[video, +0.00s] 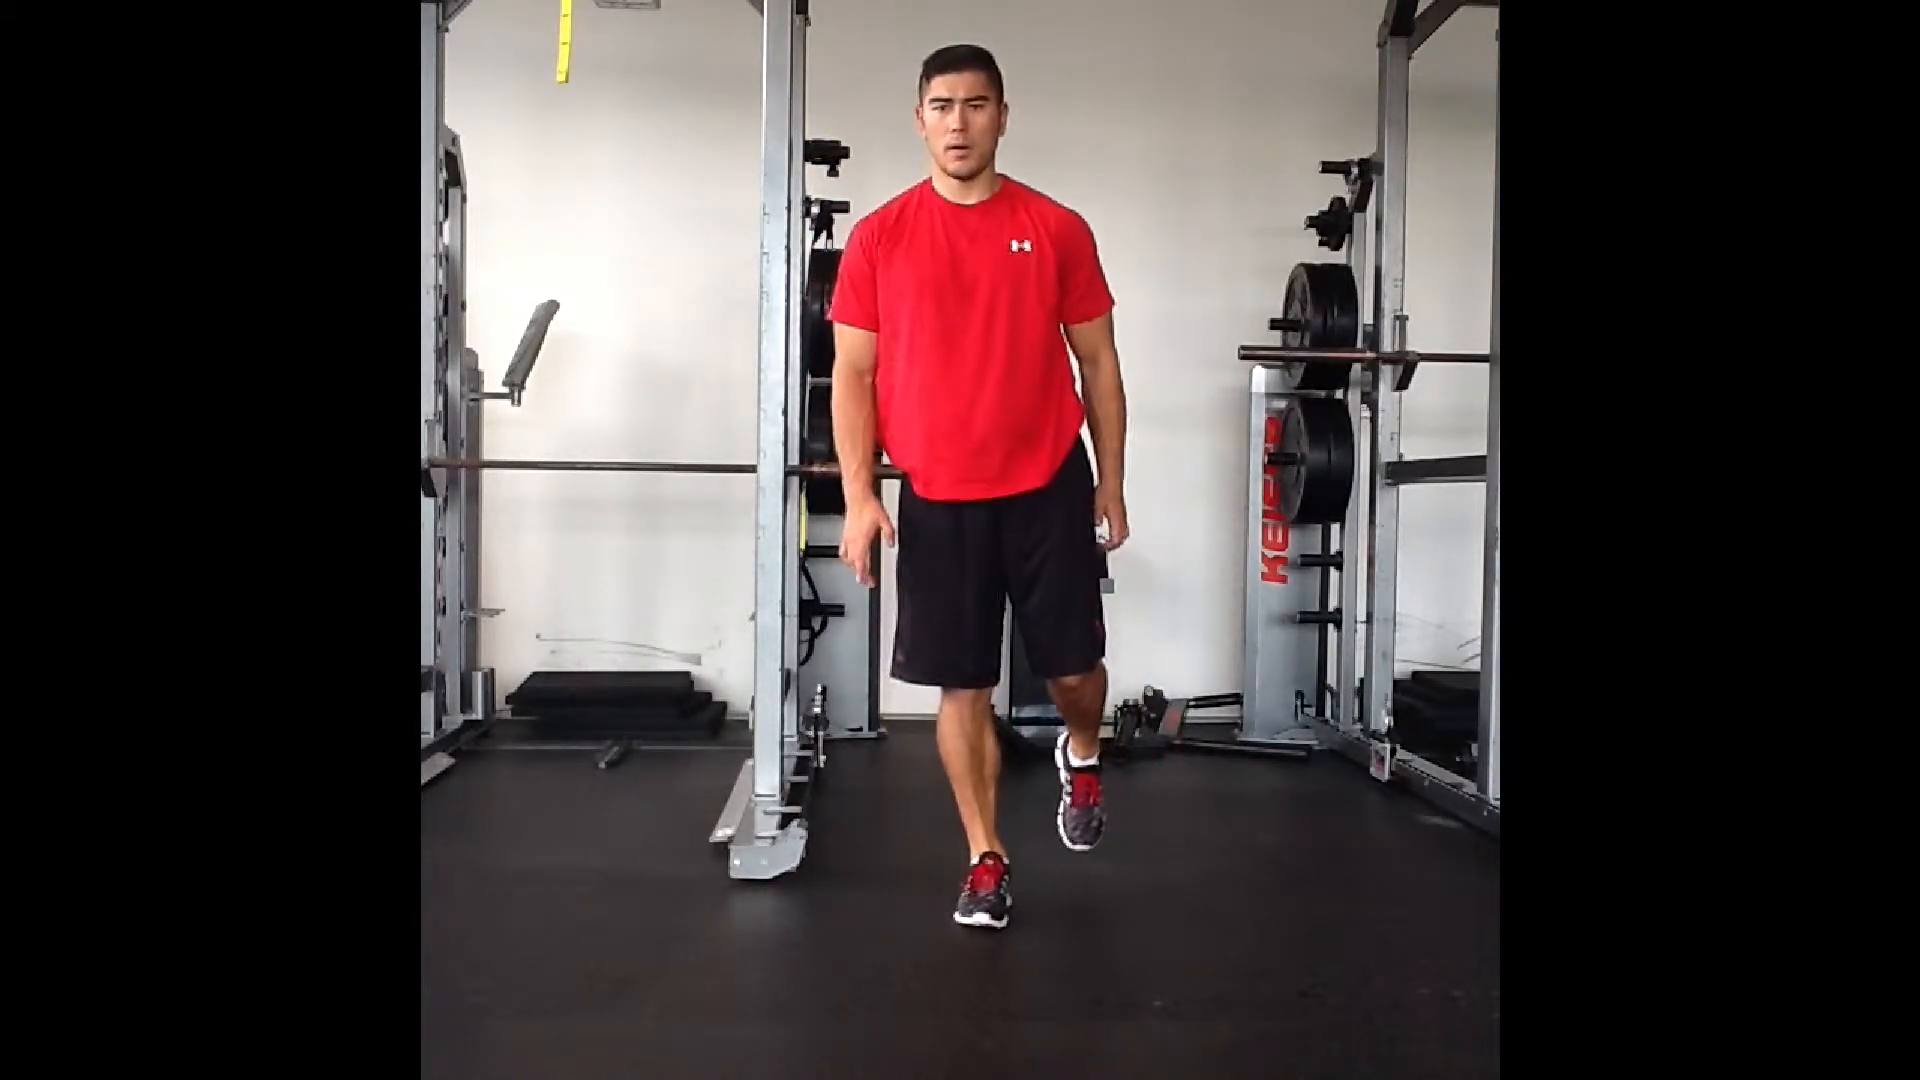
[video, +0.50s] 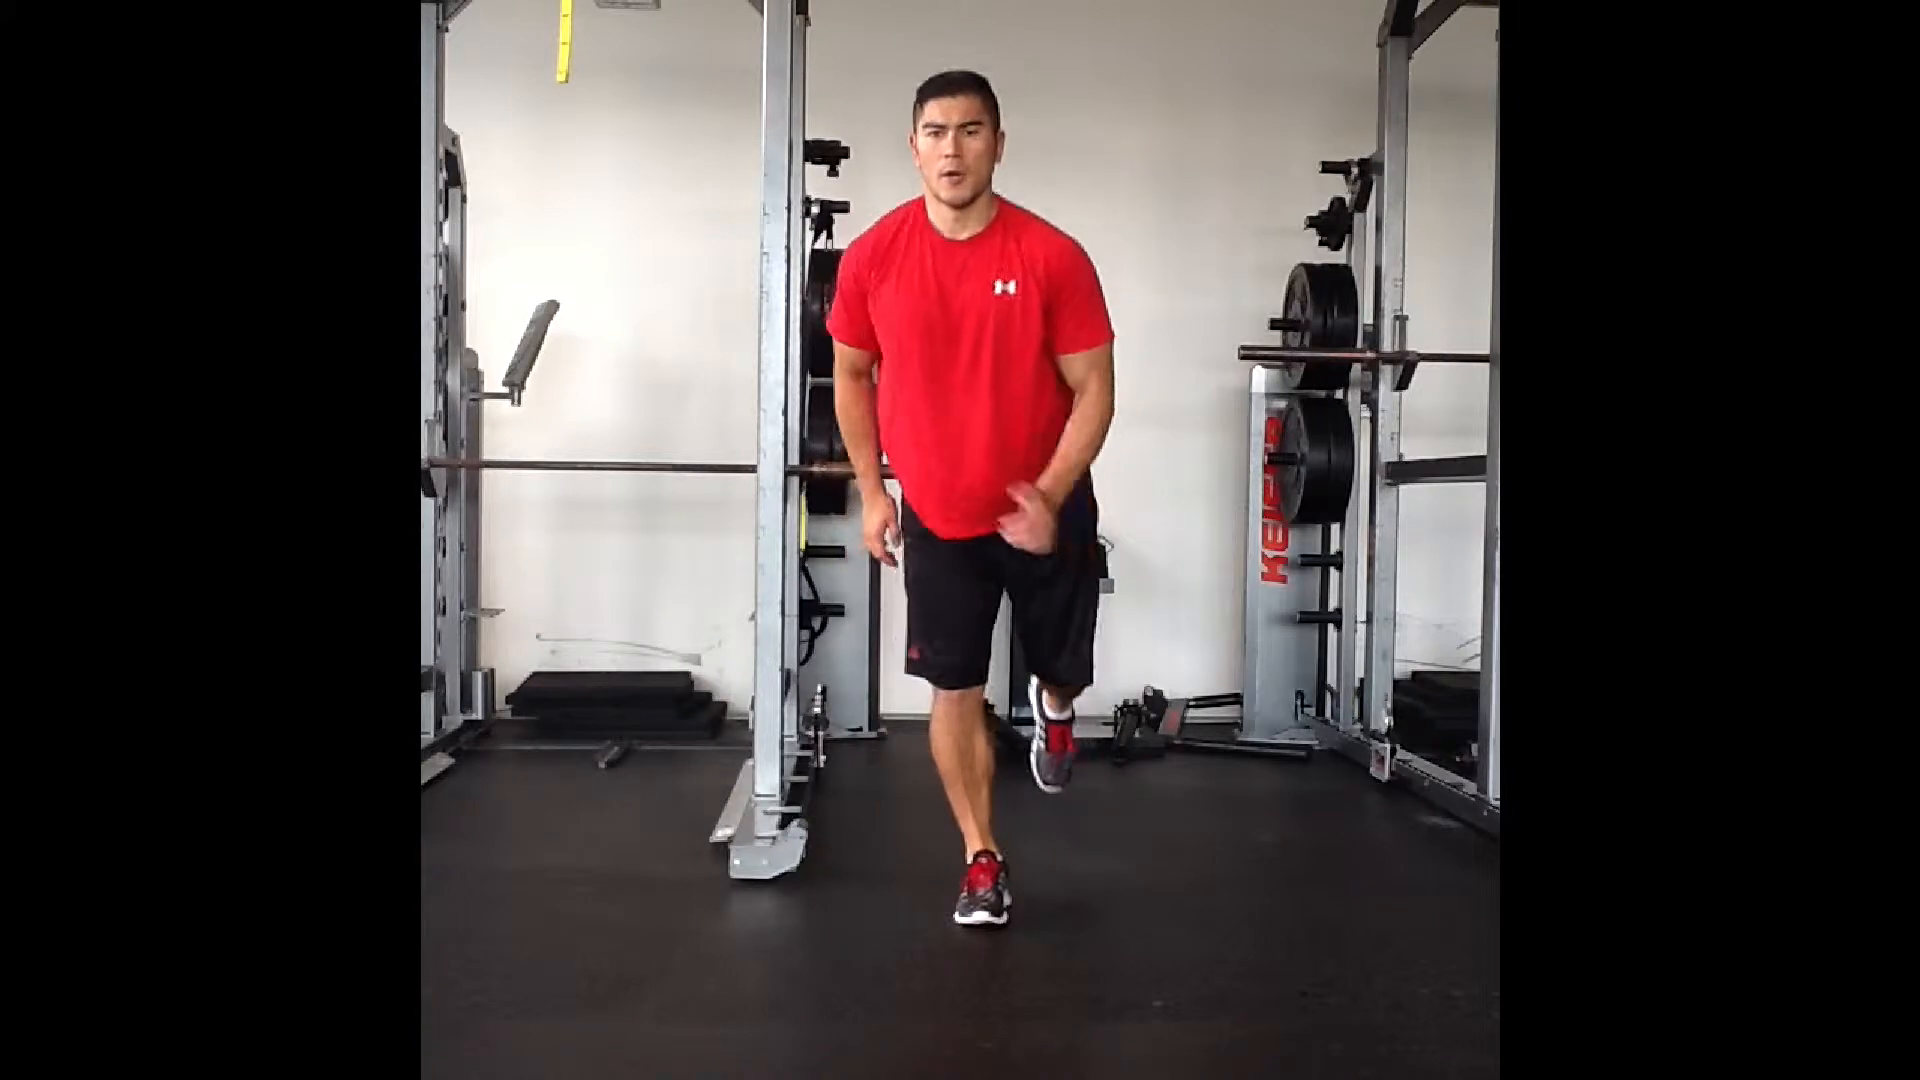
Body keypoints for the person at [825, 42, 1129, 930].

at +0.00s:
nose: (958, 121)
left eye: (975, 105)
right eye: (942, 105)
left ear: (1002, 118)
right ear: (920, 120)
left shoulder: (1056, 230)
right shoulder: (876, 238)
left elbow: (1097, 358)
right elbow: (853, 373)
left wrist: (1111, 482)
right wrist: (858, 494)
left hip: (1047, 488)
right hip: (936, 498)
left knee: (1072, 672)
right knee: (960, 683)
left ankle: (1081, 762)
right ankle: (983, 858)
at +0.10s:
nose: (956, 122)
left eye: (973, 105)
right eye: (940, 106)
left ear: (1000, 118)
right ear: (918, 121)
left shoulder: (1056, 230)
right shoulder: (875, 239)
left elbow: (1097, 357)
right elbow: (851, 373)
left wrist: (1106, 482)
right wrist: (857, 494)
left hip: (1048, 490)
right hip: (936, 500)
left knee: (1072, 673)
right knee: (957, 683)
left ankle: (1076, 762)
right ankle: (981, 859)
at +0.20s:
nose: (953, 124)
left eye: (971, 107)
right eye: (937, 108)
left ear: (999, 119)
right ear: (915, 121)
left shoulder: (1056, 230)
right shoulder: (872, 239)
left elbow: (1095, 360)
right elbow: (844, 373)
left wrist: (1098, 483)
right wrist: (856, 496)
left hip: (1050, 494)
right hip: (938, 504)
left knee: (1073, 676)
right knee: (958, 685)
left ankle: (1073, 759)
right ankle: (982, 859)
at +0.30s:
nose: (953, 124)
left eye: (969, 107)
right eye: (936, 108)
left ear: (997, 119)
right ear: (915, 122)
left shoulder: (1055, 232)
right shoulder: (871, 238)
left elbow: (1094, 364)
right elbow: (839, 371)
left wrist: (1098, 491)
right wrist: (856, 492)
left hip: (1047, 497)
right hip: (938, 505)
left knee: (1073, 678)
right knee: (958, 685)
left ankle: (1071, 752)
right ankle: (982, 859)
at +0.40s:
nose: (952, 130)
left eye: (970, 113)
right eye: (935, 113)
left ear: (997, 125)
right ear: (914, 127)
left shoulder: (1054, 237)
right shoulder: (872, 241)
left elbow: (1095, 368)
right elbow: (841, 370)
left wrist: (1087, 495)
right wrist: (864, 493)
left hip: (1044, 502)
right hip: (936, 509)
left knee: (1070, 669)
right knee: (957, 686)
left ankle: (1067, 742)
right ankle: (982, 859)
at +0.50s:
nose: (951, 147)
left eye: (969, 130)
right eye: (935, 131)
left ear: (997, 144)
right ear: (913, 146)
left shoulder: (1053, 259)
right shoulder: (870, 260)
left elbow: (1096, 390)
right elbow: (851, 374)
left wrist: (1051, 495)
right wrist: (871, 491)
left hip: (1047, 506)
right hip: (939, 514)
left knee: (1061, 662)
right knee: (953, 684)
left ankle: (1056, 718)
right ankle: (980, 858)